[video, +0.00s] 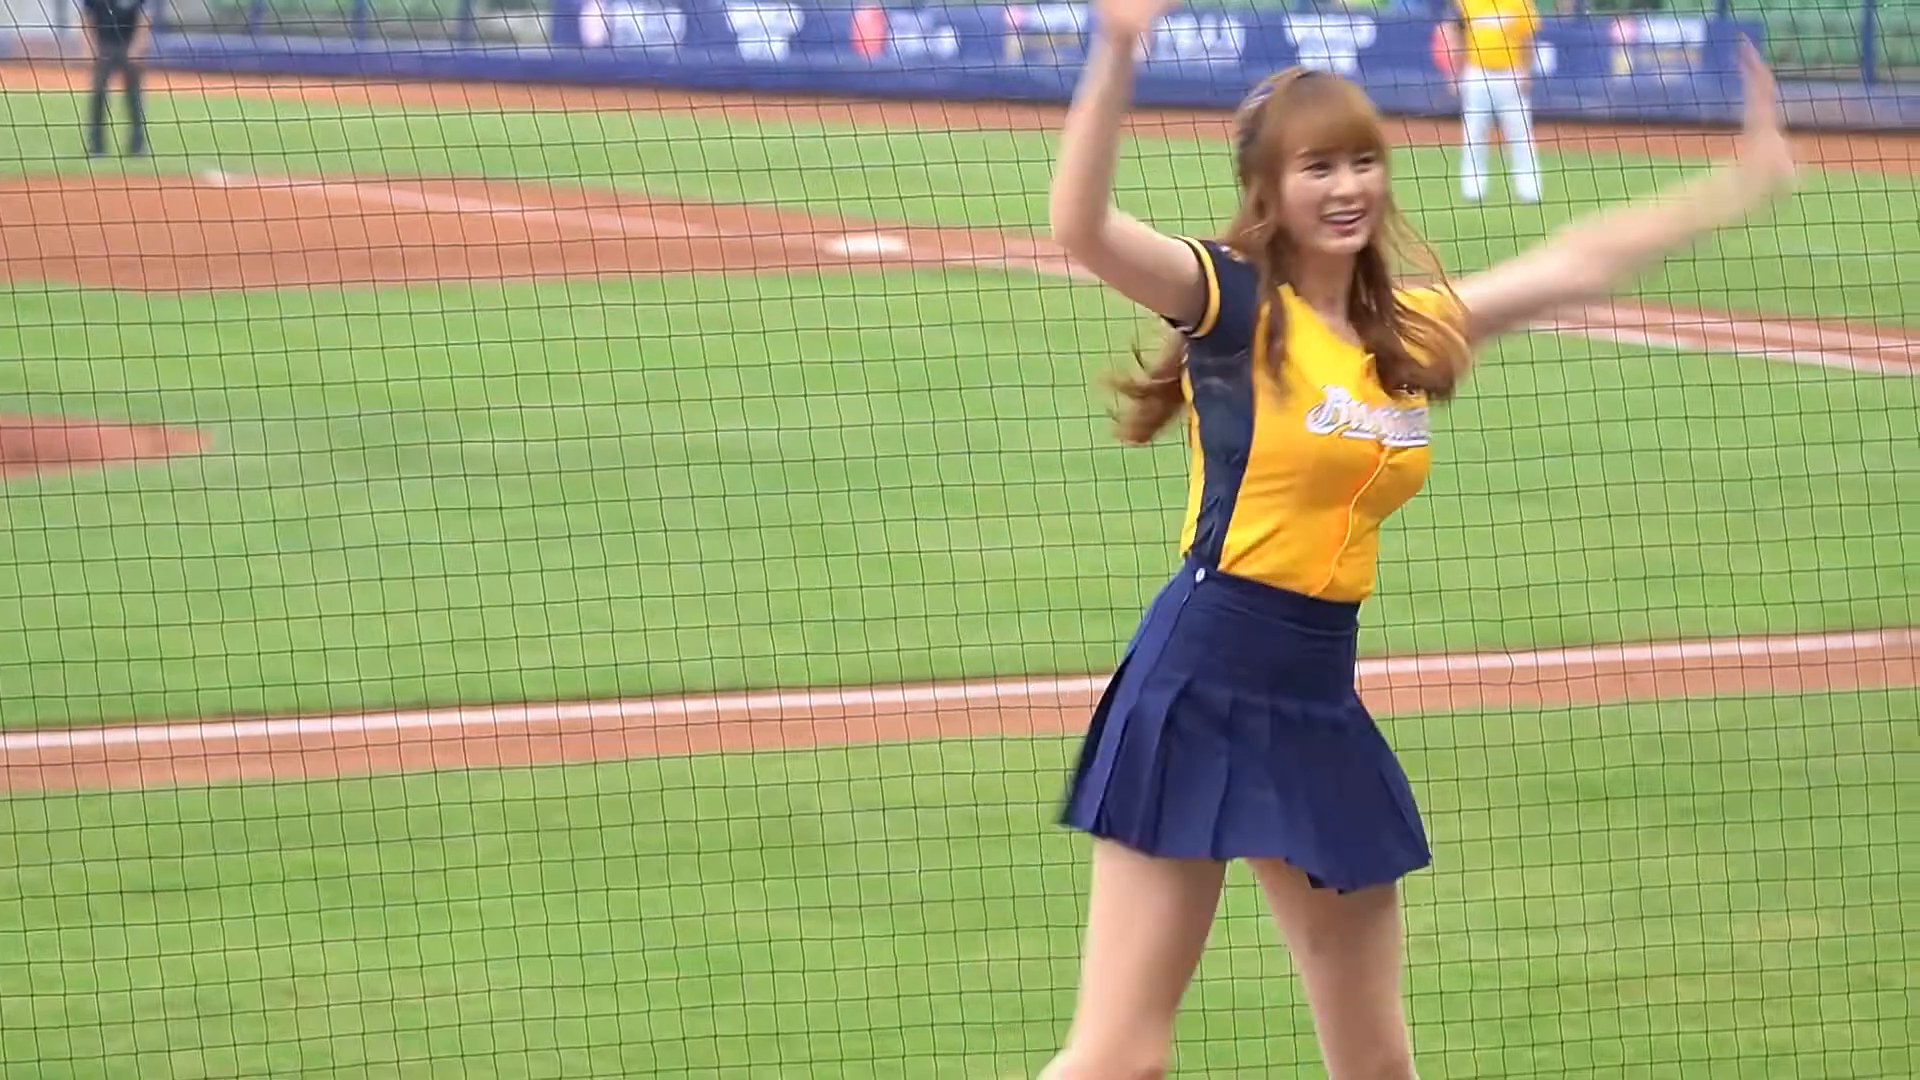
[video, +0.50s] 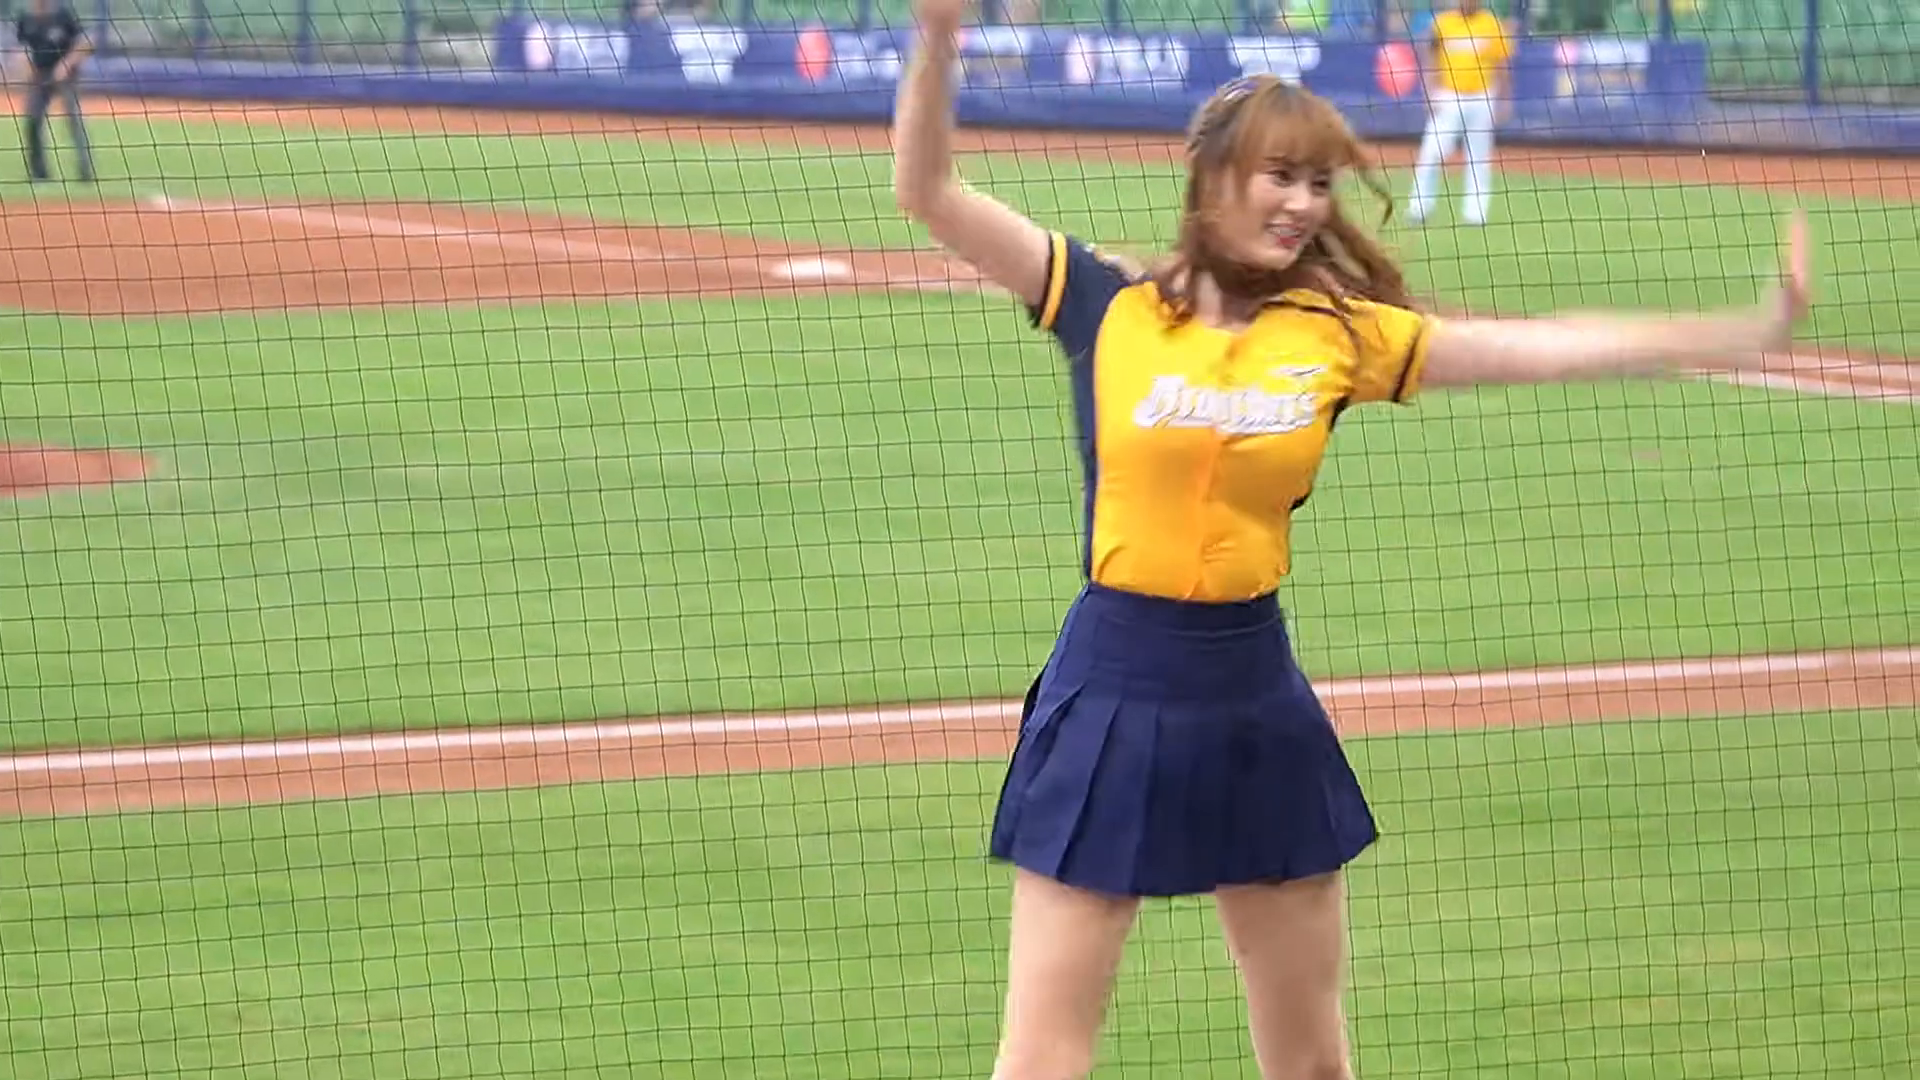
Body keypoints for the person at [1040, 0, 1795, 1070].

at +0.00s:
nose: (1348, 184)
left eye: (1363, 159)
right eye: (1318, 164)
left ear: (1386, 173)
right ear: (1266, 188)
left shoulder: (1417, 327)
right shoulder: (1232, 301)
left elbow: (1582, 259)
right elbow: (1083, 227)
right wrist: (1115, 46)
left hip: (1318, 694)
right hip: (1198, 674)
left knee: (1373, 1057)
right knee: (1115, 1053)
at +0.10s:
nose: (1404, 183)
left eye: (1422, 163)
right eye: (1376, 162)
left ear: (1441, 186)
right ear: (1318, 184)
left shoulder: (1422, 359)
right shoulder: (1249, 298)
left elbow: (1573, 466)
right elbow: (1079, 352)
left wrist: (1721, 546)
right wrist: (1191, 234)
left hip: (1291, 695)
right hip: (1163, 676)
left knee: (1346, 1052)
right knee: (1222, 1017)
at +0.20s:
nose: (1430, 241)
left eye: (1446, 219)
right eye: (1401, 219)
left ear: (1467, 240)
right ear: (1345, 239)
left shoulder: (1432, 457)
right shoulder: (1267, 372)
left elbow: (1506, 651)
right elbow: (1075, 458)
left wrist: (1587, 790)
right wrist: (1219, 368)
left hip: (1277, 745)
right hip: (1149, 723)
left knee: (1382, 1058)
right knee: (1294, 980)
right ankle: (1027, 1014)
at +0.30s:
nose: (1416, 247)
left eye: (1430, 223)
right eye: (1388, 224)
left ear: (1448, 243)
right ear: (1331, 244)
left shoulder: (1425, 445)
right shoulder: (1239, 361)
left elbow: (1502, 656)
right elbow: (1035, 408)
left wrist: (1579, 825)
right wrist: (1168, 305)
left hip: (1278, 748)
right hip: (1142, 732)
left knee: (1382, 1063)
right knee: (1272, 983)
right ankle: (1003, 1052)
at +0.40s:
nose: (1369, 196)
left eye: (1390, 178)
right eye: (1345, 170)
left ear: (1407, 202)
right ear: (1284, 182)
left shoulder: (1394, 374)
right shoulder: (1176, 301)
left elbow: (1548, 509)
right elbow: (970, 275)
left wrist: (1705, 628)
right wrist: (1064, 151)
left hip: (1277, 691)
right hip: (1142, 677)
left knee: (1327, 1057)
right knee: (1151, 1035)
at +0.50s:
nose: (1301, 201)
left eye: (1320, 181)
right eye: (1277, 174)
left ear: (1333, 203)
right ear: (1207, 182)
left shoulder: (1346, 333)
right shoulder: (1101, 299)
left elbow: (1545, 346)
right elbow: (924, 190)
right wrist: (933, 36)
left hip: (1258, 697)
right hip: (1106, 689)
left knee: (1307, 1054)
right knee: (1043, 1050)